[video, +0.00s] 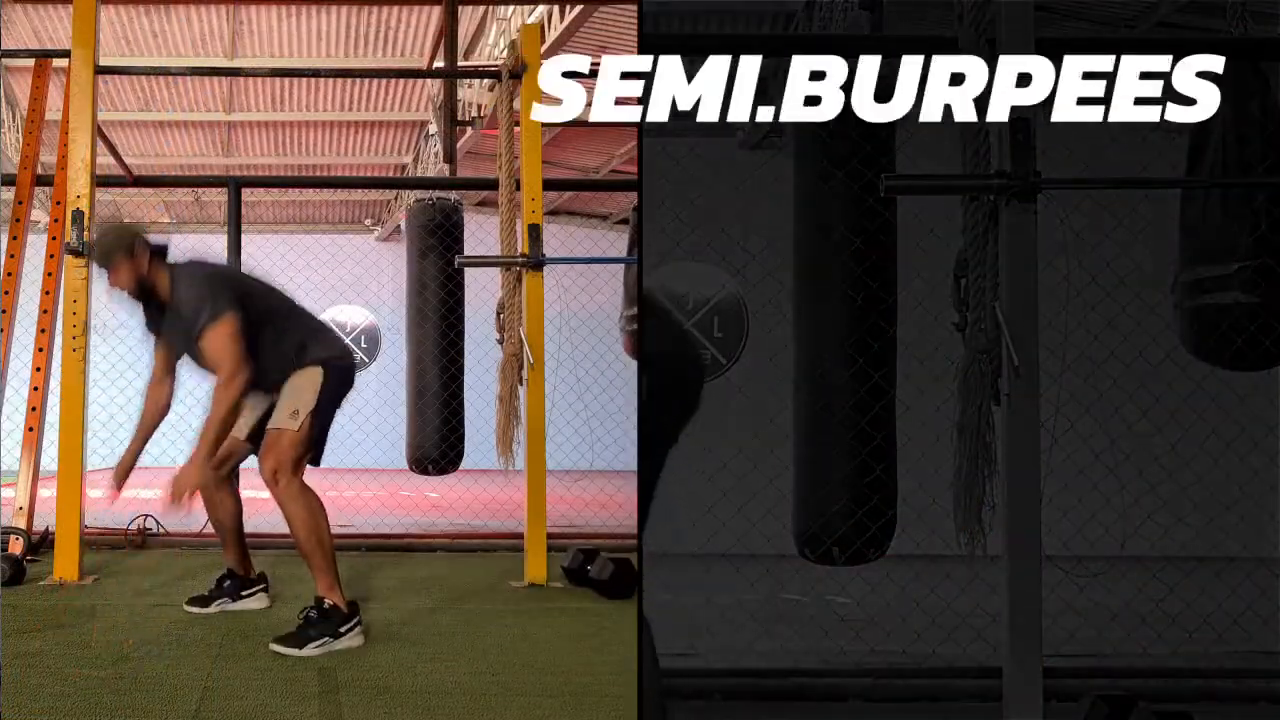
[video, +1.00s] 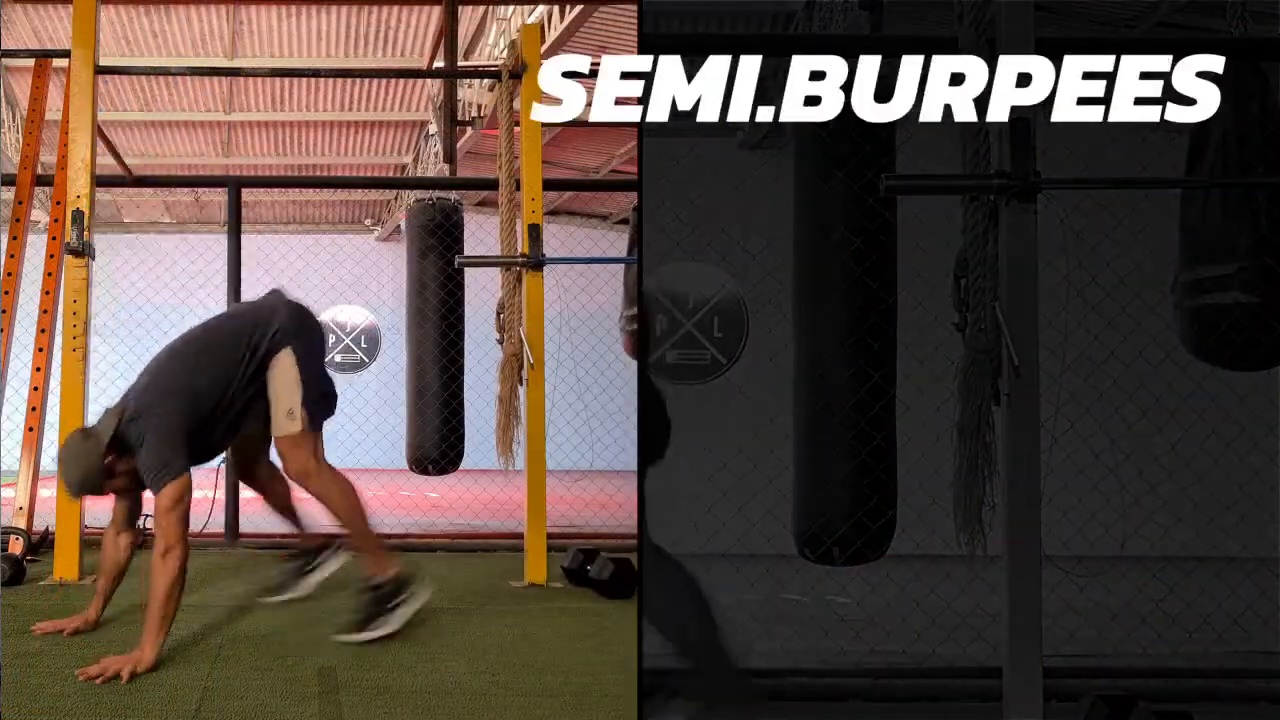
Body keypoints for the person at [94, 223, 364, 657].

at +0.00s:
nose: (111, 282)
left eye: (112, 268)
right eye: (106, 272)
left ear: (139, 254)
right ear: (134, 259)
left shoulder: (196, 286)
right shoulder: (161, 305)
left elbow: (235, 374)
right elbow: (161, 382)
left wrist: (199, 461)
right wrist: (131, 455)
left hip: (317, 361)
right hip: (269, 377)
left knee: (278, 468)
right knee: (211, 468)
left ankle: (336, 608)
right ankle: (242, 578)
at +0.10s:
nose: (123, 206)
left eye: (126, 192)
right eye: (118, 197)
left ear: (156, 179)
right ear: (133, 192)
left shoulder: (216, 218)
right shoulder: (175, 236)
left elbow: (275, 296)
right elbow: (198, 315)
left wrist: (251, 383)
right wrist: (174, 385)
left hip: (297, 350)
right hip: (250, 355)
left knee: (281, 470)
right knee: (212, 463)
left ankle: (337, 608)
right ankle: (242, 577)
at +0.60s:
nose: (114, 220)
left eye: (116, 207)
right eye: (109, 211)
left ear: (146, 190)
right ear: (133, 202)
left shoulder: (211, 222)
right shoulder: (164, 245)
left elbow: (254, 310)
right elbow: (177, 332)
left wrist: (226, 403)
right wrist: (158, 408)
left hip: (303, 343)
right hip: (255, 350)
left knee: (292, 459)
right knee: (218, 459)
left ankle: (337, 606)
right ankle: (243, 577)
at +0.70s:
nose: (108, 299)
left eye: (108, 285)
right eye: (101, 290)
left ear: (134, 266)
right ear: (130, 273)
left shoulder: (200, 290)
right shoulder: (152, 313)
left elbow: (224, 388)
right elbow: (152, 396)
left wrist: (192, 501)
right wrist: (133, 475)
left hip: (313, 357)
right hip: (261, 371)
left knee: (282, 466)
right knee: (213, 462)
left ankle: (336, 606)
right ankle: (243, 577)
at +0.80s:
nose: (103, 379)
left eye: (102, 368)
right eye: (97, 372)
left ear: (123, 347)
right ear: (121, 348)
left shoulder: (186, 351)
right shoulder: (139, 371)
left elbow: (185, 466)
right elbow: (132, 460)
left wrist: (164, 567)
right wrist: (101, 546)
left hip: (316, 371)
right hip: (262, 387)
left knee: (269, 474)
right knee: (206, 467)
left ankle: (335, 608)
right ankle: (242, 579)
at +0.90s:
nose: (112, 450)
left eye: (109, 440)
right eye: (105, 444)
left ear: (123, 418)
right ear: (119, 416)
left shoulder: (167, 403)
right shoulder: (130, 408)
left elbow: (165, 522)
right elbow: (118, 512)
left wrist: (136, 628)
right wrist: (85, 597)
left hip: (311, 341)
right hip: (268, 357)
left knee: (289, 463)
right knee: (233, 461)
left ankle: (337, 607)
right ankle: (247, 576)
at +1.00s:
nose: (112, 496)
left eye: (108, 488)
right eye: (103, 493)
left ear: (115, 462)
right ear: (109, 456)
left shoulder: (158, 437)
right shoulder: (118, 433)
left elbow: (172, 553)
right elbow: (121, 531)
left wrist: (146, 651)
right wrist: (93, 613)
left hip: (284, 332)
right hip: (253, 351)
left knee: (303, 464)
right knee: (248, 464)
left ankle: (389, 575)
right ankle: (312, 541)